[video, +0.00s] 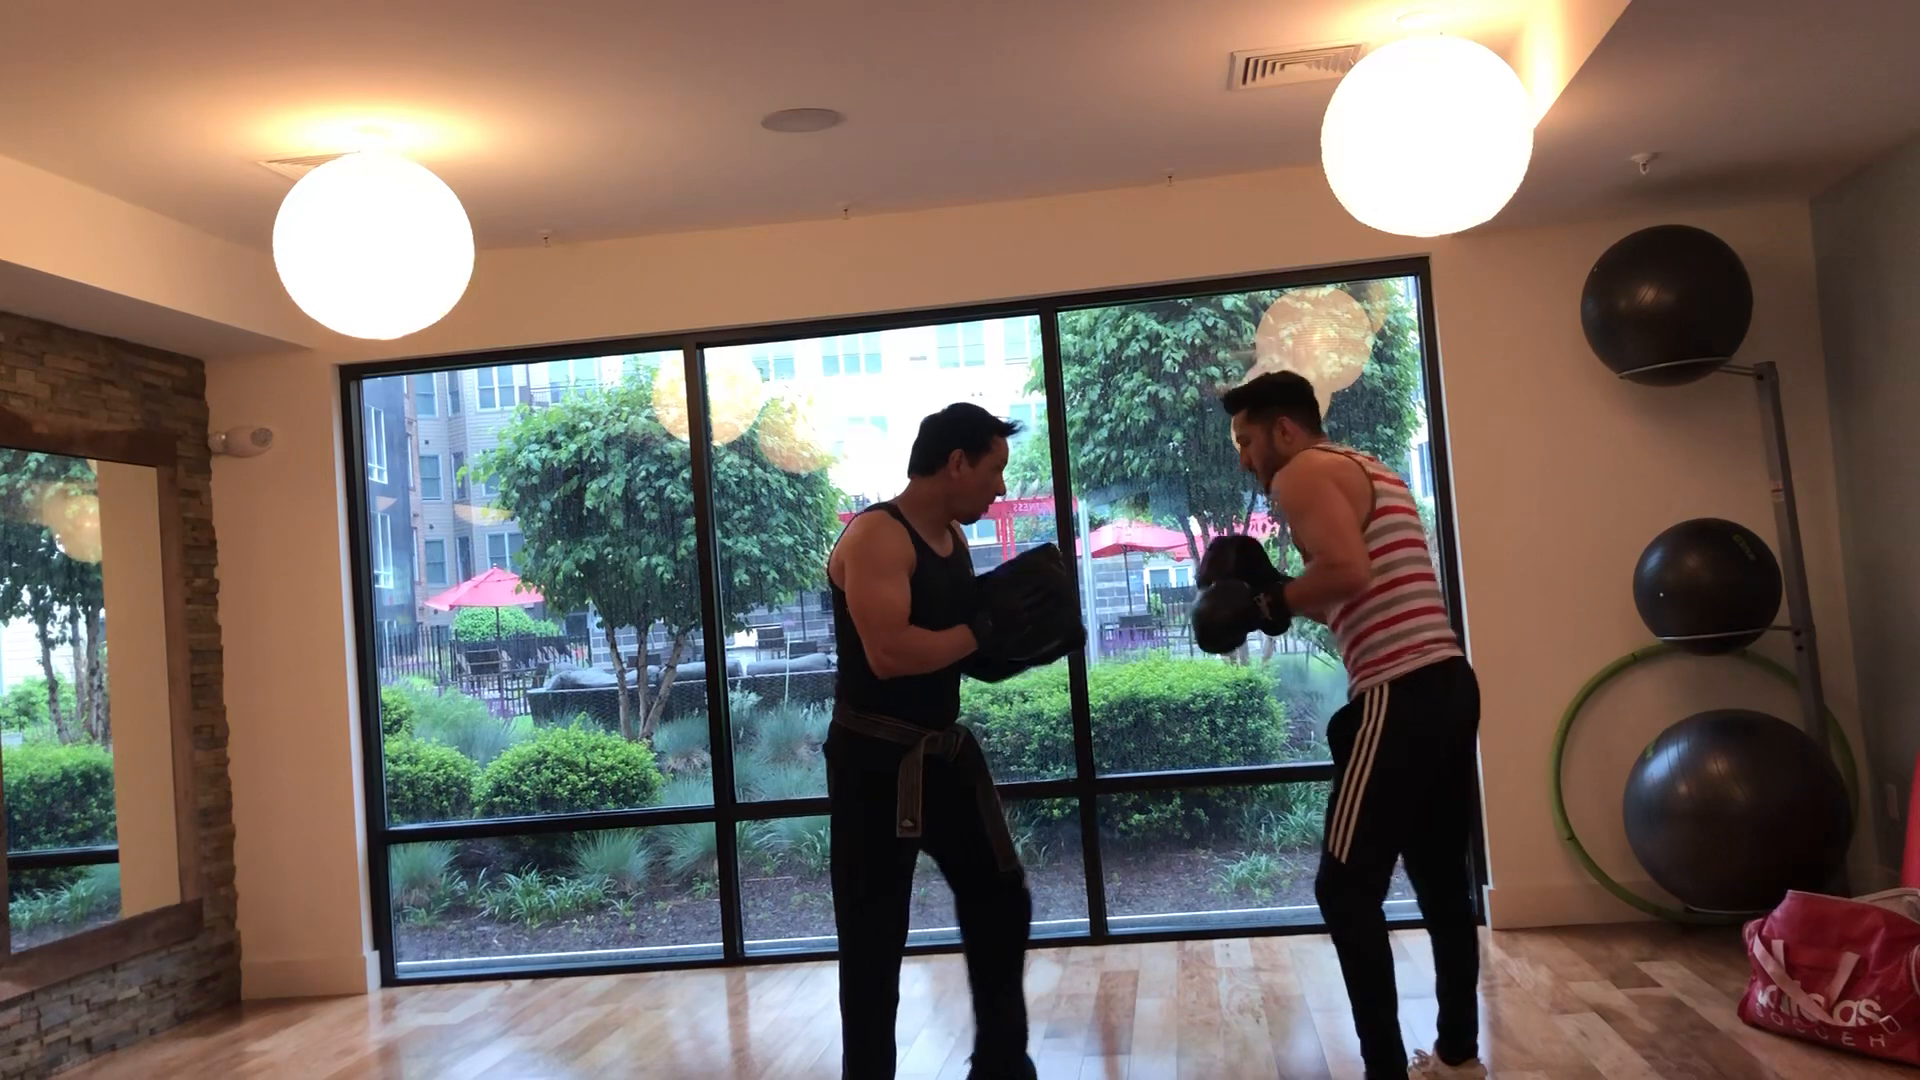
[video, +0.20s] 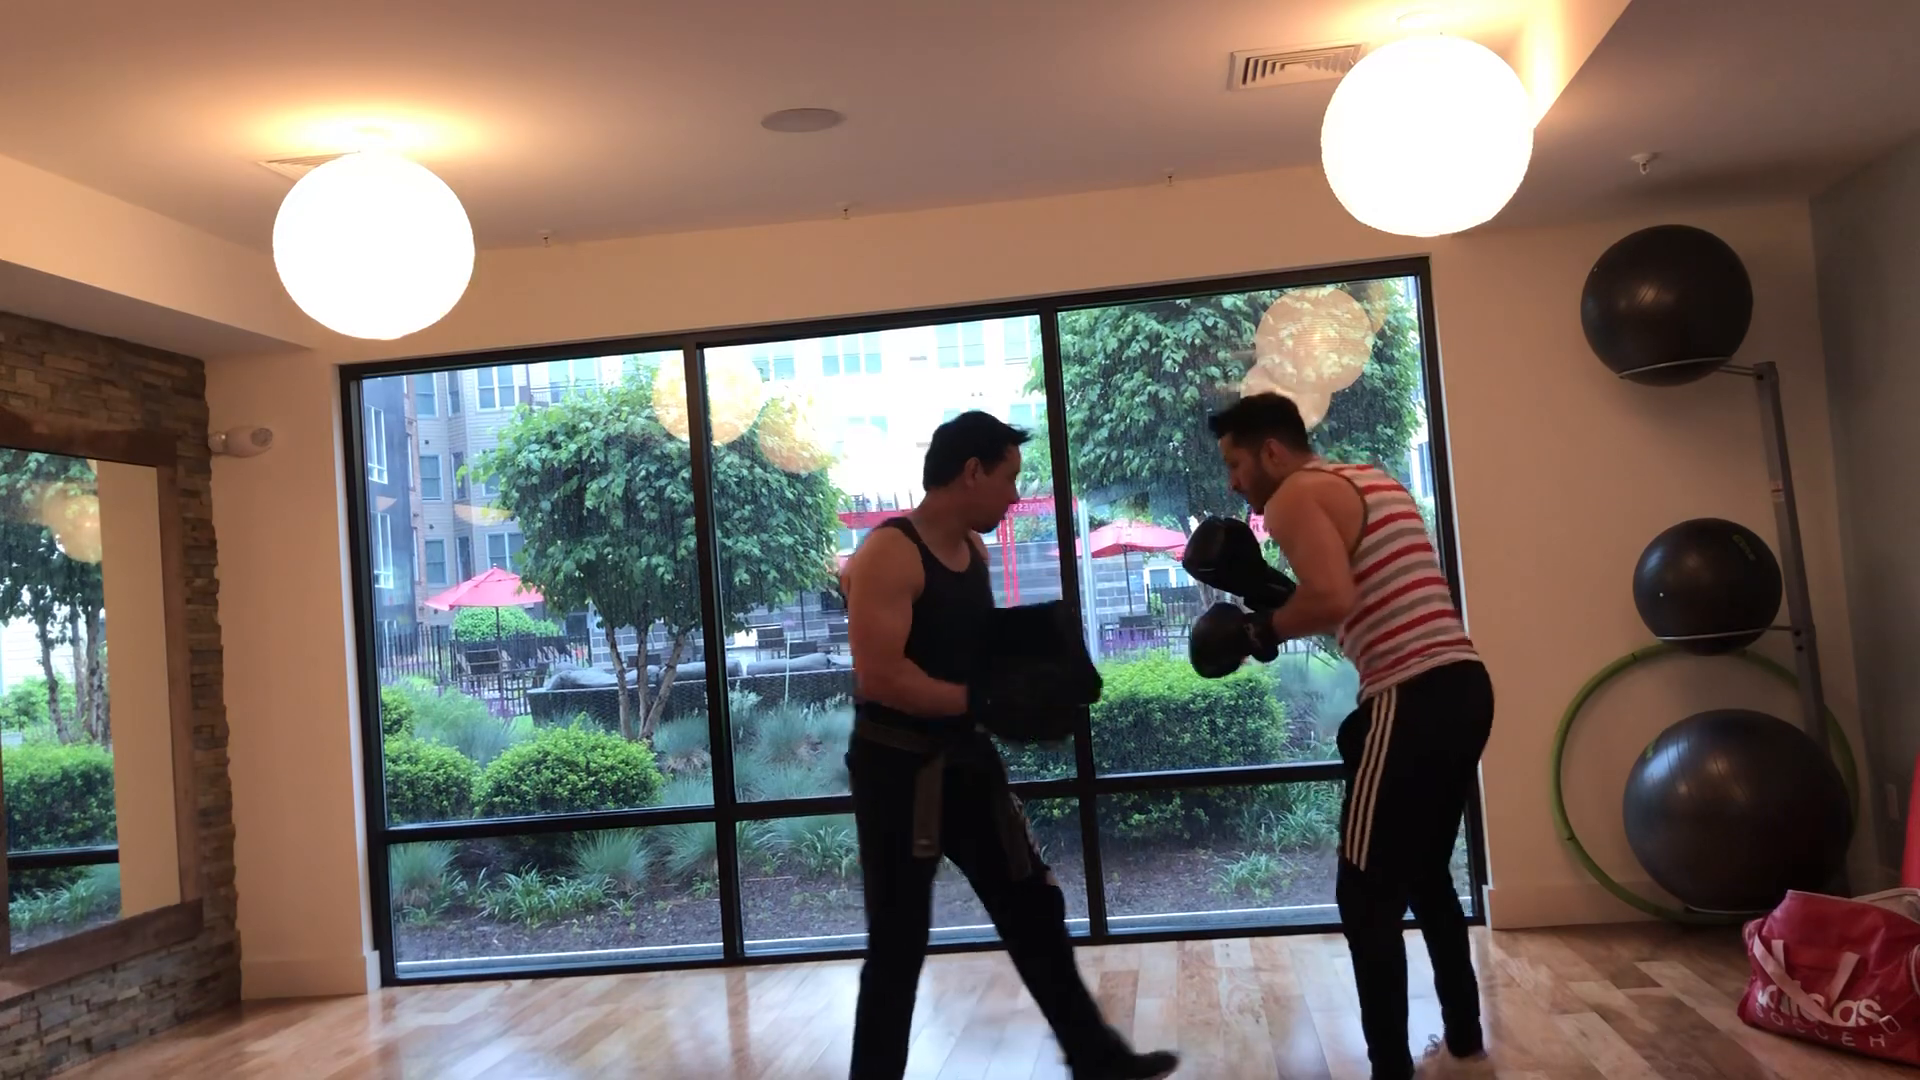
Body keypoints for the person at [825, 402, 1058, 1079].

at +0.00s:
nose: (999, 489)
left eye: (1002, 474)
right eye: (996, 472)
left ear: (956, 466)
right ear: (955, 463)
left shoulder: (949, 539)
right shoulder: (874, 535)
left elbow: (954, 636)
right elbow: (888, 652)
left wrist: (1022, 605)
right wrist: (986, 630)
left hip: (944, 748)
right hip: (873, 754)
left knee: (1000, 906)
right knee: (873, 938)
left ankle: (1001, 1068)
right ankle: (869, 1075)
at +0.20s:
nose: (1015, 495)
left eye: (1017, 480)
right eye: (1011, 478)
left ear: (972, 474)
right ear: (971, 471)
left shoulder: (969, 549)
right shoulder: (888, 550)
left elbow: (971, 650)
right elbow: (877, 674)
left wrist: (1035, 678)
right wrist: (982, 700)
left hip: (964, 754)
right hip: (895, 760)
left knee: (1030, 909)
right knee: (898, 942)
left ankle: (1098, 1059)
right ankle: (873, 1076)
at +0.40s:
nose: (1052, 501)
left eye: (1053, 486)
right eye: (1046, 485)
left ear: (1007, 482)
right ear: (1007, 481)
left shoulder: (1011, 559)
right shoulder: (932, 560)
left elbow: (1028, 659)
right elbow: (877, 660)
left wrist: (1087, 603)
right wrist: (984, 676)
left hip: (1025, 769)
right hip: (959, 776)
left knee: (1100, 915)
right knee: (954, 954)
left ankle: (1137, 1065)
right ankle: (890, 1077)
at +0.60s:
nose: (1096, 488)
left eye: (1097, 475)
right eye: (1088, 473)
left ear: (1048, 473)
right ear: (1046, 469)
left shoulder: (1047, 541)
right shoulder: (1013, 528)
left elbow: (1093, 660)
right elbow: (1073, 590)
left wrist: (1175, 600)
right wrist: (1144, 549)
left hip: (1053, 754)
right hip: (1011, 754)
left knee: (1113, 909)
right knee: (1007, 931)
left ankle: (1142, 1060)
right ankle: (902, 1072)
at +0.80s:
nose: (1124, 483)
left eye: (1126, 470)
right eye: (1114, 470)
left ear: (1065, 473)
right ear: (1065, 468)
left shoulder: (1017, 539)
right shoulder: (1092, 527)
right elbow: (1204, 553)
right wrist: (1288, 551)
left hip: (1019, 745)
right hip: (1033, 750)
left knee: (1094, 908)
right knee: (1011, 928)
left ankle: (1139, 1061)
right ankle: (920, 1072)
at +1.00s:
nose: (1124, 486)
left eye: (1127, 472)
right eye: (1112, 472)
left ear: (1066, 475)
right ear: (1065, 470)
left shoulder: (1027, 539)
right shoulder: (1058, 548)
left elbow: (1063, 643)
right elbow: (1089, 664)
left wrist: (1141, 623)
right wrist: (1172, 652)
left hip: (1045, 758)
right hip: (1030, 764)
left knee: (1121, 906)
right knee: (1031, 937)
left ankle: (1140, 1057)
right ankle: (982, 1074)